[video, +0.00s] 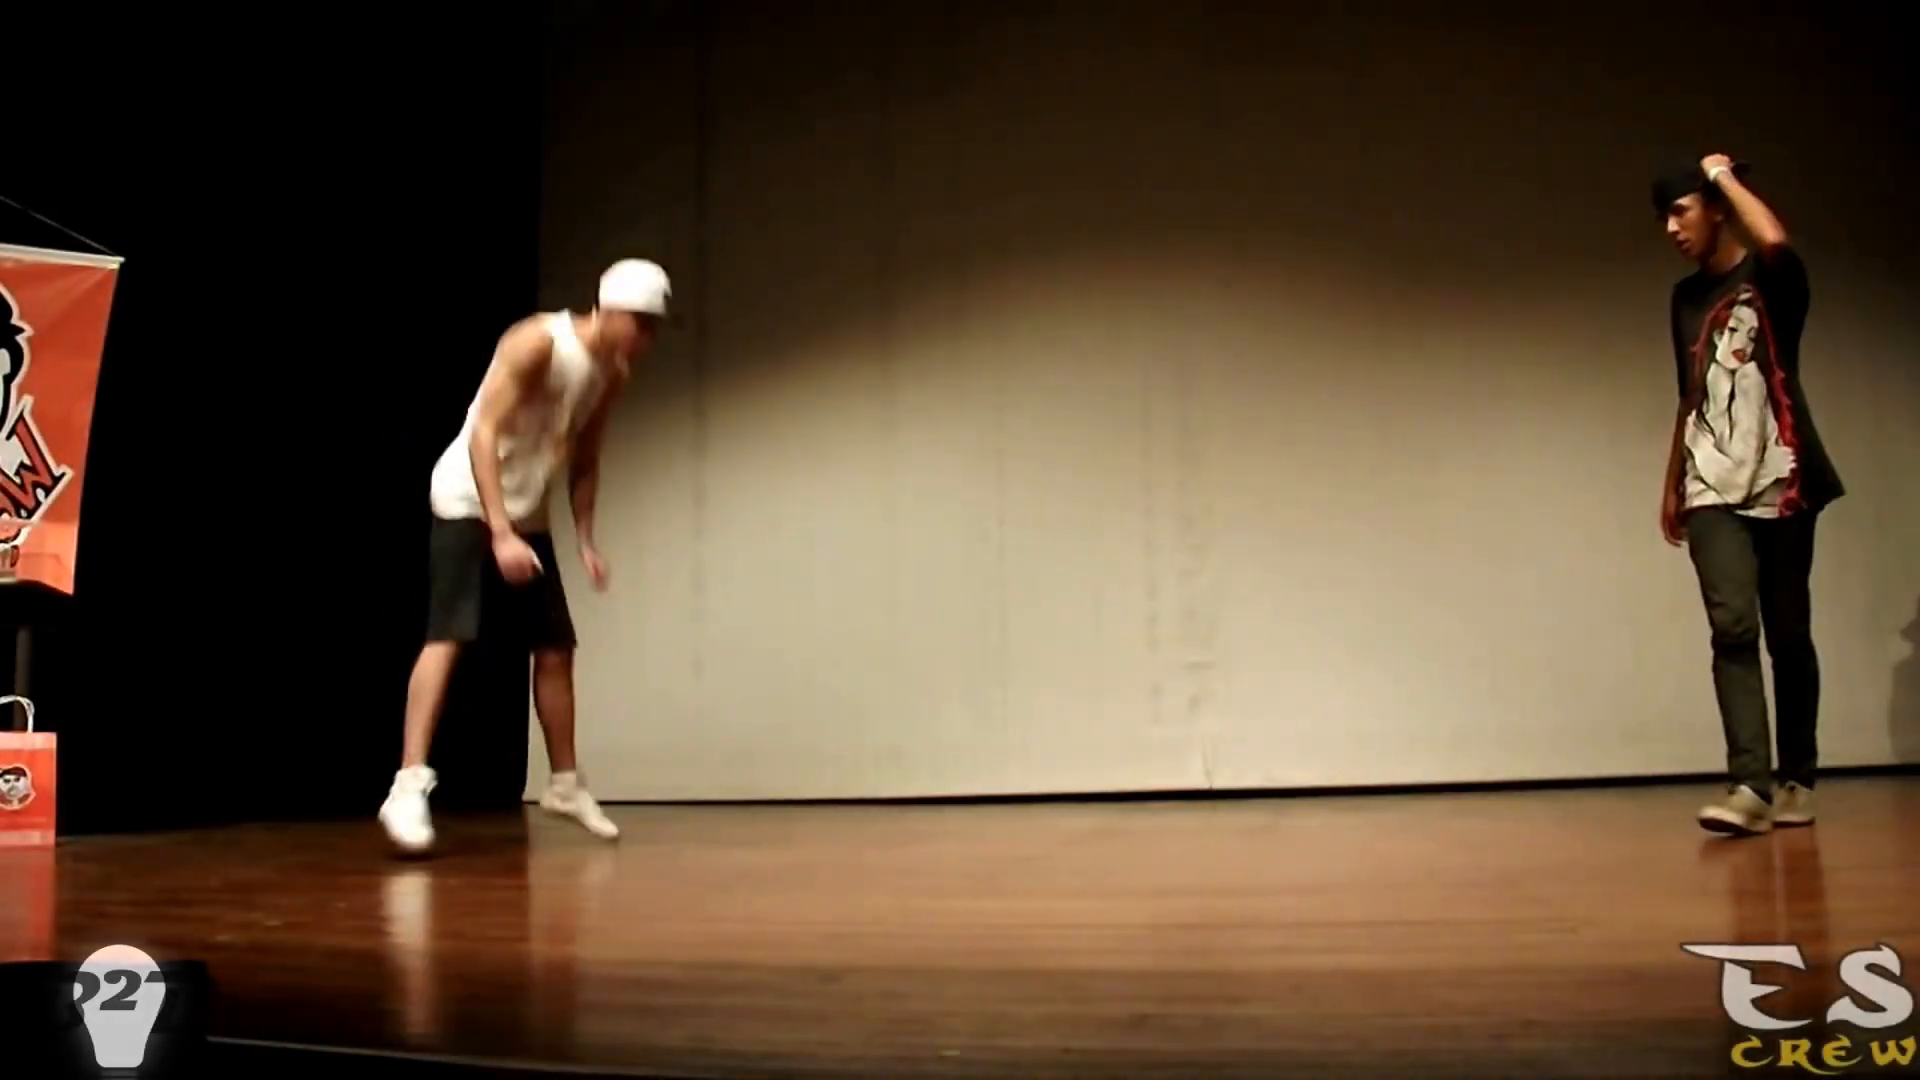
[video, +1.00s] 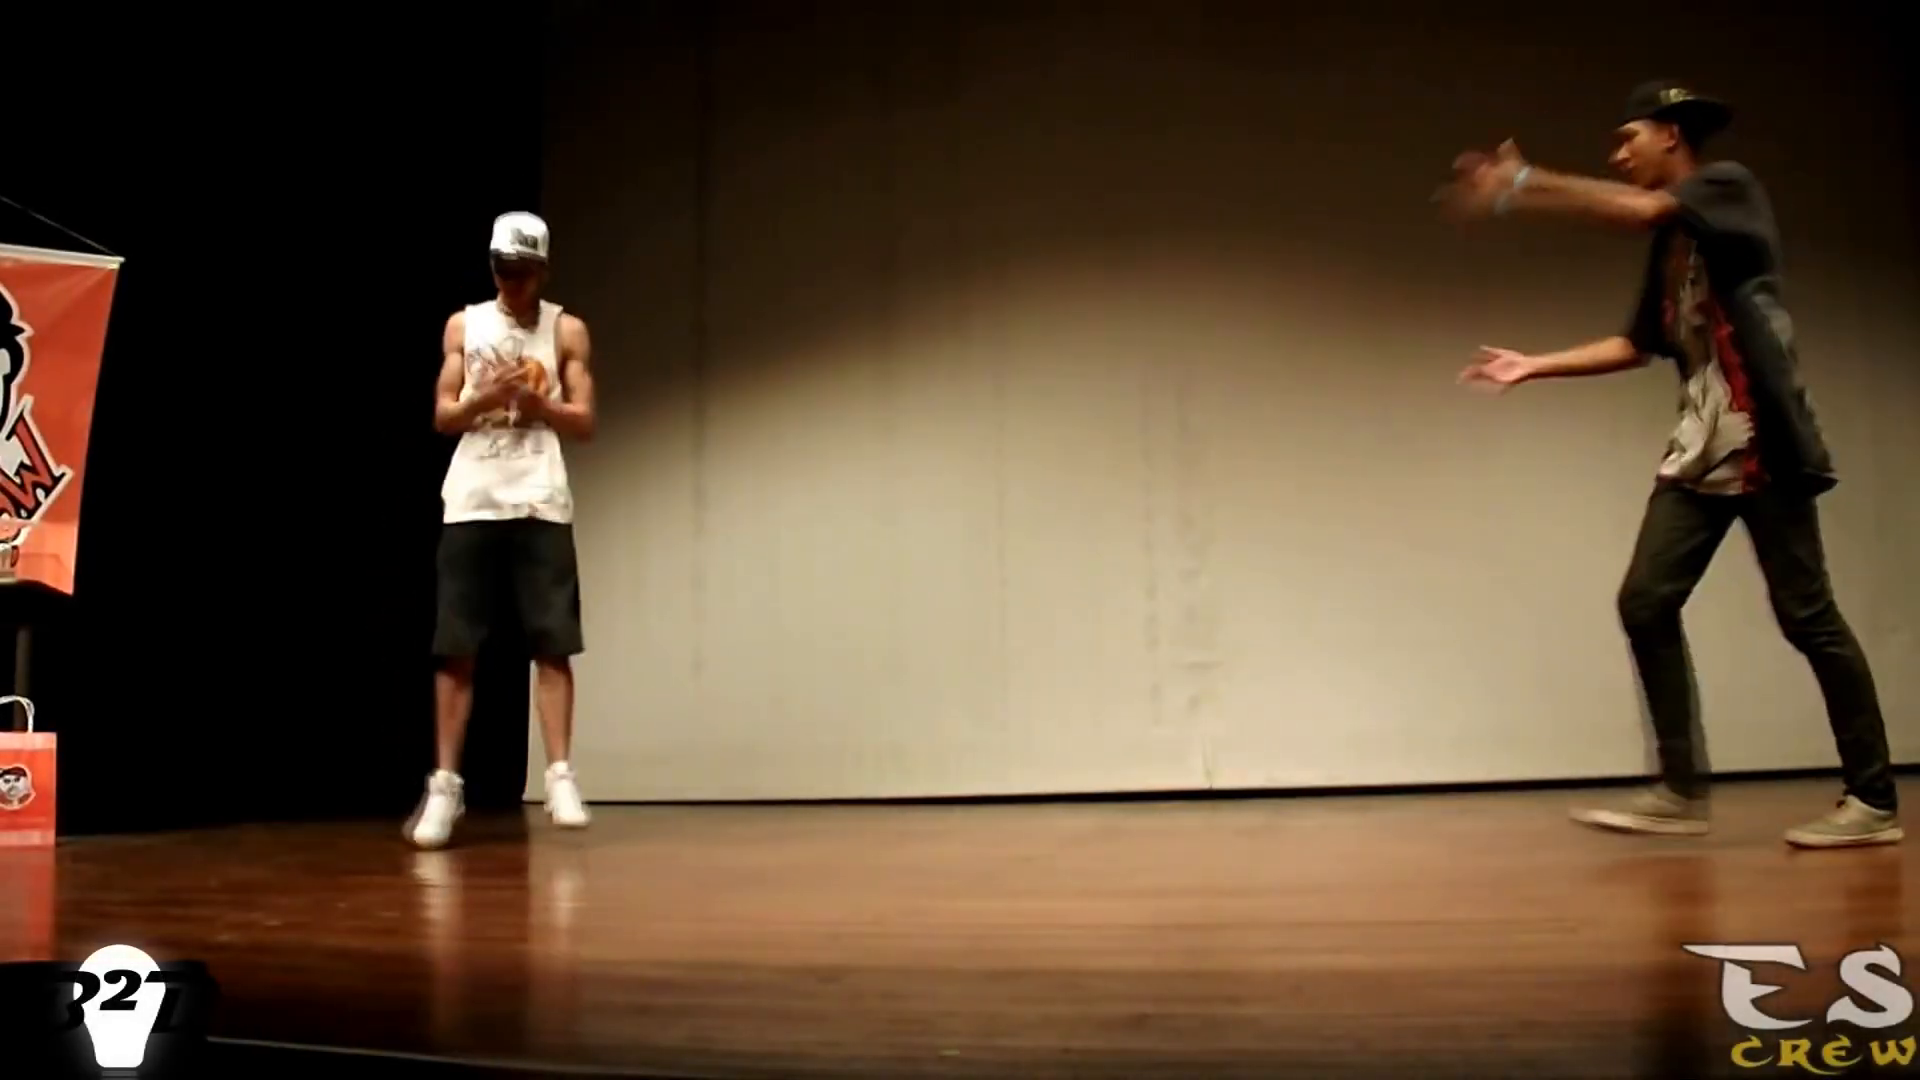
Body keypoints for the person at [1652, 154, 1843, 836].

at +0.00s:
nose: (1671, 230)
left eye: (1680, 215)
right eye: (1666, 218)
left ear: (1717, 210)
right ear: (1673, 225)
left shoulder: (1775, 279)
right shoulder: (1687, 295)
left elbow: (1775, 246)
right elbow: (1688, 402)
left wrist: (1728, 181)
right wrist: (1672, 486)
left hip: (1782, 483)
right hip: (1711, 486)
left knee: (1788, 636)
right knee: (1732, 629)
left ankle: (1797, 783)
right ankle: (1750, 785)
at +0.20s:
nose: (1660, 213)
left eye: (1669, 198)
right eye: (1656, 201)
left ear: (1708, 195)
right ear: (1670, 209)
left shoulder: (1764, 264)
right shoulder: (1680, 283)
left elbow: (1762, 232)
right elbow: (1679, 391)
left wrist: (1719, 166)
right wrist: (1652, 480)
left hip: (1777, 475)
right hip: (1701, 480)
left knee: (1794, 628)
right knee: (1723, 631)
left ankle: (1803, 767)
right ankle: (1747, 791)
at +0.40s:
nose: (1661, 193)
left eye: (1672, 177)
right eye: (1657, 182)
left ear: (1712, 173)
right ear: (1665, 190)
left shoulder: (1762, 245)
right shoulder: (1680, 266)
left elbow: (1744, 212)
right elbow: (1663, 376)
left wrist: (1715, 143)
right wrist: (1611, 442)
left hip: (1766, 463)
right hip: (1696, 475)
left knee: (1784, 599)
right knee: (1727, 631)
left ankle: (1838, 747)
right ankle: (1749, 792)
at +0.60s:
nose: (1662, 177)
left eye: (1672, 161)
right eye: (1658, 165)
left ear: (1712, 159)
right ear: (1665, 176)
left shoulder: (1764, 230)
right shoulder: (1684, 255)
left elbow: (1742, 195)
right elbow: (1664, 370)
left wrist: (1718, 124)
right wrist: (1600, 425)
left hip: (1768, 459)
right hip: (1700, 472)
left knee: (1799, 615)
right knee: (1730, 632)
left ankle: (1871, 797)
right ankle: (1749, 796)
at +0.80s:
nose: (1653, 152)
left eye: (1664, 136)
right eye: (1649, 140)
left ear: (1707, 134)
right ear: (1658, 152)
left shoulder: (1765, 200)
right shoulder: (1683, 243)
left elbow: (1726, 192)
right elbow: (1677, 361)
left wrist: (1679, 112)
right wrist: (1585, 400)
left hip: (1782, 452)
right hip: (1710, 460)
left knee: (1808, 619)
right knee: (1679, 612)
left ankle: (1874, 798)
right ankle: (1761, 776)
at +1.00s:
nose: (1619, 150)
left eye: (1630, 135)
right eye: (1619, 139)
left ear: (1674, 135)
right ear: (1662, 144)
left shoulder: (1731, 188)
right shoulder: (1666, 228)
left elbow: (1641, 208)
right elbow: (1640, 343)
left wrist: (1521, 184)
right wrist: (1533, 363)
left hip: (1769, 438)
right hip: (1701, 444)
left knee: (1809, 615)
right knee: (1647, 604)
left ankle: (1875, 801)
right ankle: (1682, 796)